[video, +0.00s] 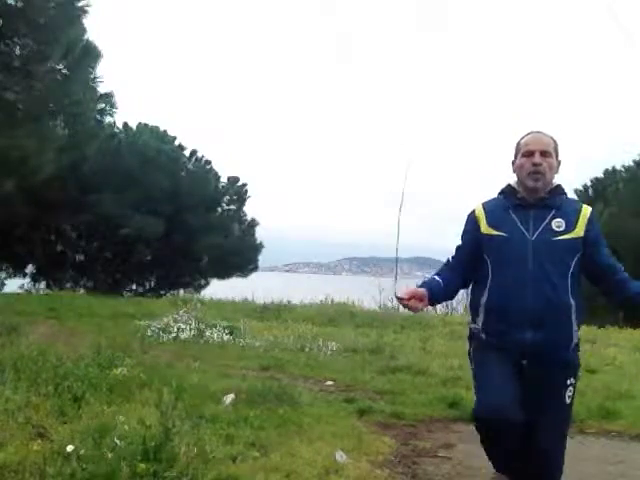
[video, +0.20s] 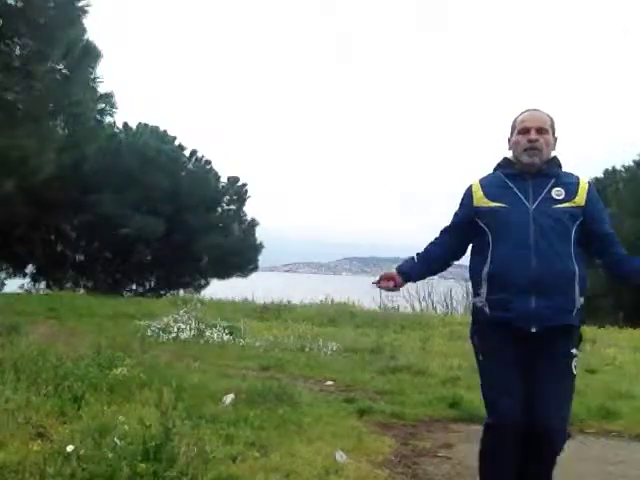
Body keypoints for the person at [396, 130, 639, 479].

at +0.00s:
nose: (537, 161)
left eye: (545, 155)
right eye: (528, 155)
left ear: (557, 165)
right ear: (514, 164)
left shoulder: (580, 218)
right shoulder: (484, 216)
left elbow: (612, 276)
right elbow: (458, 269)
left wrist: (636, 297)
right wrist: (427, 292)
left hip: (554, 351)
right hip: (494, 347)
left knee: (547, 452)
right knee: (494, 416)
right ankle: (512, 470)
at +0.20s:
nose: (532, 138)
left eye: (541, 131)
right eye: (524, 131)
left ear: (554, 142)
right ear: (510, 141)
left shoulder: (580, 191)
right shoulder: (483, 191)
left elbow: (611, 253)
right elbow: (449, 244)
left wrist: (636, 273)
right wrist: (404, 272)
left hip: (557, 330)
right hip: (497, 328)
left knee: (550, 430)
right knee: (506, 423)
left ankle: (534, 476)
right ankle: (497, 476)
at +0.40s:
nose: (537, 142)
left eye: (546, 135)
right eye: (528, 135)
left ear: (558, 146)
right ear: (513, 144)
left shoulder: (581, 200)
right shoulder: (482, 198)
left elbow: (602, 264)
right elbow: (451, 254)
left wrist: (632, 300)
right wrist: (410, 293)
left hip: (558, 340)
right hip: (496, 338)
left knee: (558, 433)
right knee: (502, 439)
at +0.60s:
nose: (542, 156)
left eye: (551, 150)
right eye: (533, 150)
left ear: (564, 161)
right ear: (518, 160)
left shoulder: (590, 212)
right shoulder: (487, 211)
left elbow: (634, 258)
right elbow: (444, 260)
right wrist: (392, 283)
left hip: (561, 348)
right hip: (496, 345)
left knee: (547, 446)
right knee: (484, 419)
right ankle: (520, 470)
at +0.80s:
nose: (541, 130)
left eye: (550, 125)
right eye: (532, 124)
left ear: (562, 134)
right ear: (517, 133)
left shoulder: (574, 169)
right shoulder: (496, 177)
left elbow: (570, 209)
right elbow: (496, 247)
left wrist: (502, 241)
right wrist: (573, 270)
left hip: (553, 311)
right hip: (499, 310)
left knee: (546, 416)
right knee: (492, 400)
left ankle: (542, 473)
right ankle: (499, 473)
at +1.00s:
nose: (534, 157)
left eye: (542, 151)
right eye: (525, 151)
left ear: (553, 161)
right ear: (510, 160)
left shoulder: (571, 202)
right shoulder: (486, 208)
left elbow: (567, 254)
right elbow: (487, 270)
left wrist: (516, 251)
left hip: (553, 332)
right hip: (497, 334)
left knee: (558, 405)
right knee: (497, 433)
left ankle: (537, 468)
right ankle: (499, 473)